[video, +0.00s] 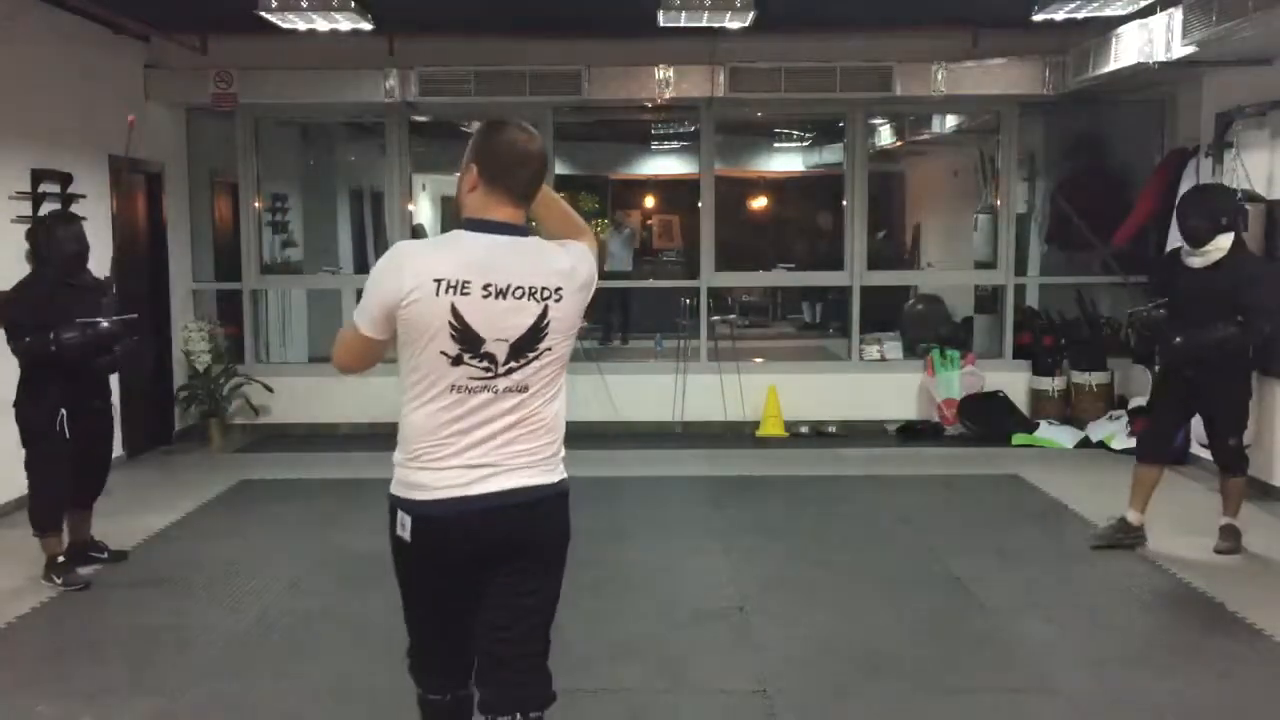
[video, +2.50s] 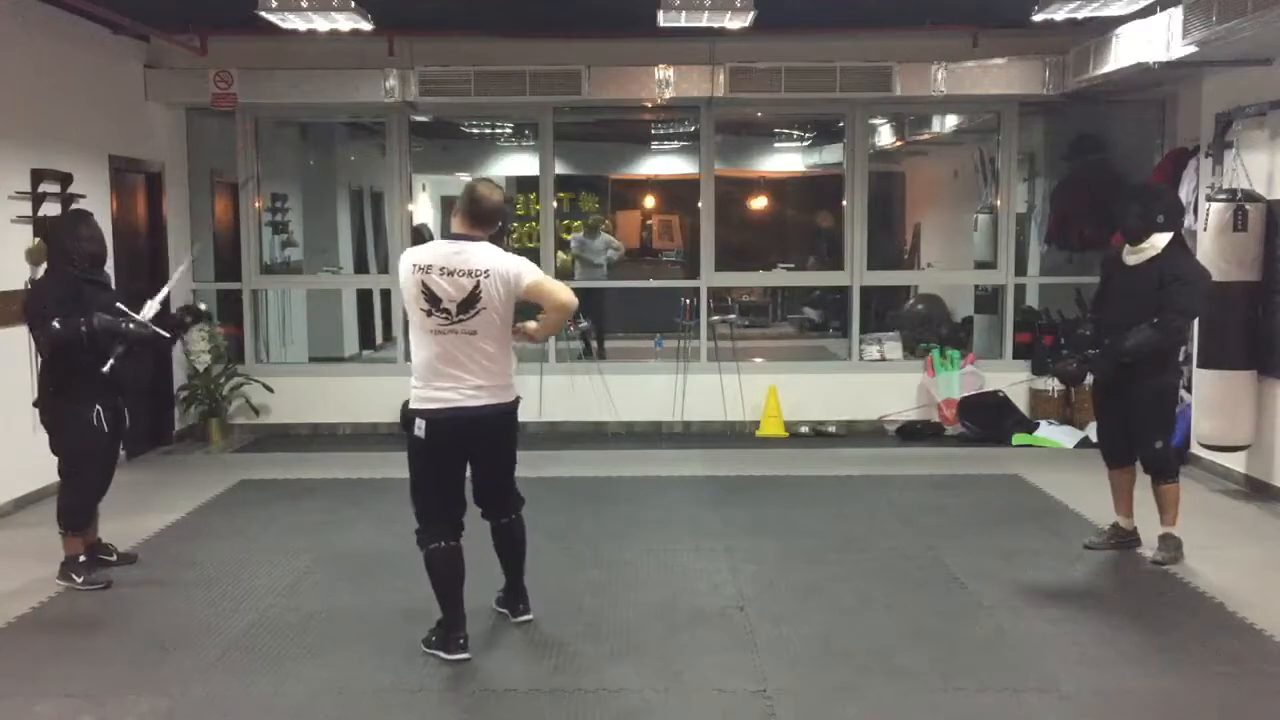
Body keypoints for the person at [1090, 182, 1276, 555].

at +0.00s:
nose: (1186, 229)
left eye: (1195, 222)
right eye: (1184, 221)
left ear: (1221, 223)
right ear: (1181, 221)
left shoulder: (1249, 269)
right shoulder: (1172, 264)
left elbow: (1258, 330)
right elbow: (1158, 314)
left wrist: (1198, 341)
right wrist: (1146, 328)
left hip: (1224, 376)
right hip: (1177, 372)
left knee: (1228, 451)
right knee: (1153, 440)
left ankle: (1229, 524)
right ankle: (1132, 522)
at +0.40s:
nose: (1148, 233)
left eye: (1157, 225)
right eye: (1144, 223)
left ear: (1177, 224)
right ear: (1137, 223)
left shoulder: (1205, 270)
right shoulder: (1129, 266)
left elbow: (1213, 327)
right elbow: (1119, 318)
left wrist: (1161, 342)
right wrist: (1119, 342)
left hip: (1184, 372)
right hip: (1138, 370)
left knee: (1192, 449)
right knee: (1123, 444)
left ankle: (1222, 520)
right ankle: (1124, 526)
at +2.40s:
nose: (1127, 226)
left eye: (1135, 218)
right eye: (1126, 218)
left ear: (1156, 219)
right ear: (1123, 219)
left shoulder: (1181, 267)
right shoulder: (1115, 262)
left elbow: (1172, 327)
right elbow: (1100, 314)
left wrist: (1122, 348)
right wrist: (1087, 343)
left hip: (1155, 376)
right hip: (1113, 373)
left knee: (1159, 454)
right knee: (1117, 449)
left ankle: (1169, 536)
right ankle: (1124, 527)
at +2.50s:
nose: (1126, 226)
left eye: (1135, 218)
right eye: (1125, 218)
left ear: (1156, 219)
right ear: (1124, 218)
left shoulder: (1181, 267)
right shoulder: (1115, 261)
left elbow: (1172, 327)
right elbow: (1100, 315)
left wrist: (1125, 346)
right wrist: (1089, 344)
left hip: (1154, 377)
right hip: (1112, 374)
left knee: (1159, 455)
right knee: (1116, 450)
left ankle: (1169, 537)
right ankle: (1123, 528)